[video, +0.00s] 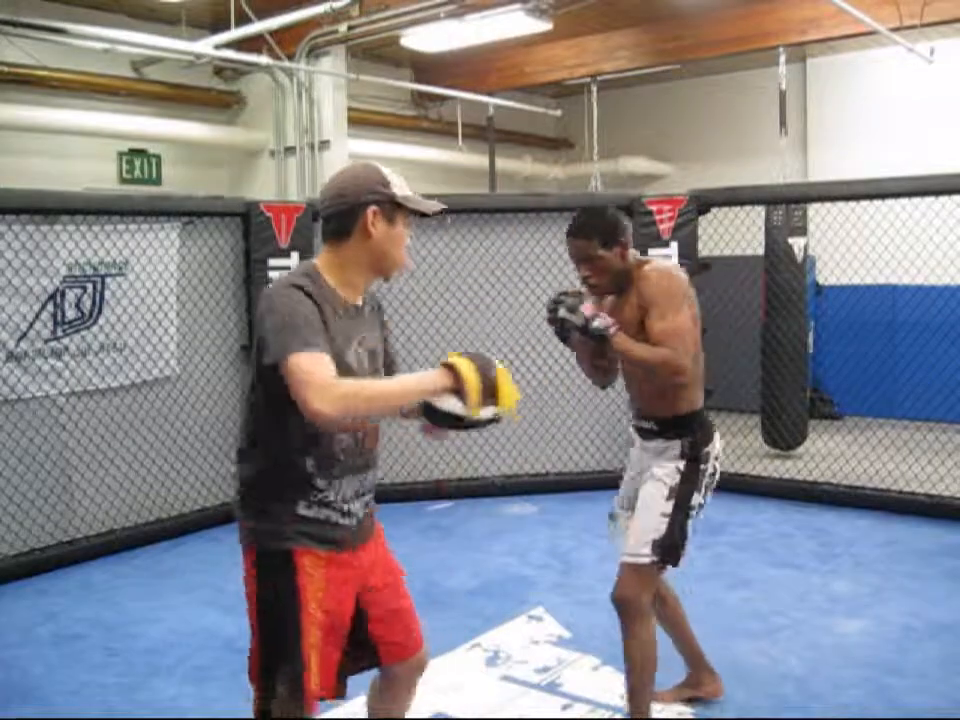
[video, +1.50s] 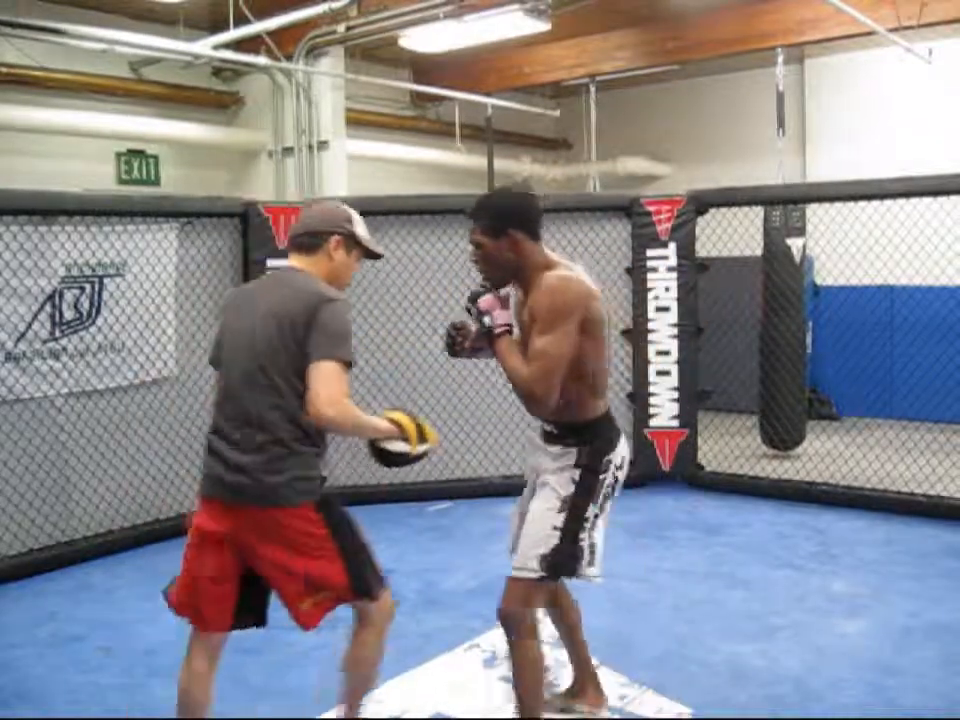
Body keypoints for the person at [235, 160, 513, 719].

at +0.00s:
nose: (410, 240)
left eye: (410, 226)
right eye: (403, 223)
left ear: (369, 225)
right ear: (371, 223)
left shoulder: (368, 306)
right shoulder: (289, 301)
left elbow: (371, 396)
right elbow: (321, 401)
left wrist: (426, 412)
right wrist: (443, 380)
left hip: (358, 527)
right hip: (292, 540)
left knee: (405, 663)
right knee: (290, 700)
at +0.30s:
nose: (406, 239)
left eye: (410, 228)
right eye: (404, 225)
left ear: (368, 218)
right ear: (374, 216)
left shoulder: (351, 293)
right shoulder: (292, 279)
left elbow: (341, 400)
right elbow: (361, 354)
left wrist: (395, 451)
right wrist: (412, 266)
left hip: (335, 507)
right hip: (282, 511)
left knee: (371, 643)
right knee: (281, 687)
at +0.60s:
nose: (354, 261)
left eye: (355, 246)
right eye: (348, 245)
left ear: (312, 245)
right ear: (312, 243)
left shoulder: (306, 319)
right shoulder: (238, 318)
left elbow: (312, 407)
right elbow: (235, 425)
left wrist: (374, 449)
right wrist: (341, 390)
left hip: (302, 527)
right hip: (238, 540)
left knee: (374, 655)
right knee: (212, 703)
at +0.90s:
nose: (298, 243)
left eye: (298, 230)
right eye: (292, 228)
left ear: (254, 226)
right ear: (257, 225)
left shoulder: (226, 296)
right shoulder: (208, 310)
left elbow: (192, 411)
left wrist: (241, 465)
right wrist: (335, 319)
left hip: (221, 519)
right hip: (175, 529)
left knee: (292, 632)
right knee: (160, 700)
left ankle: (313, 714)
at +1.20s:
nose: (294, 272)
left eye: (296, 259)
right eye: (290, 256)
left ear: (250, 251)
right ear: (262, 250)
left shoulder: (199, 310)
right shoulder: (231, 323)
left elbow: (130, 412)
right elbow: (209, 443)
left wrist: (110, 500)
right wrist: (297, 427)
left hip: (196, 529)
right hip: (207, 538)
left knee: (257, 637)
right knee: (168, 699)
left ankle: (227, 713)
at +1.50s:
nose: (356, 271)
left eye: (360, 259)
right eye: (356, 256)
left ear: (303, 245)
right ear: (333, 246)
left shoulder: (239, 298)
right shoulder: (324, 304)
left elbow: (228, 395)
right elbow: (326, 408)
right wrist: (384, 428)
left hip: (220, 492)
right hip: (288, 496)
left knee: (204, 641)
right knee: (375, 606)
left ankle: (188, 715)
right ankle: (351, 711)